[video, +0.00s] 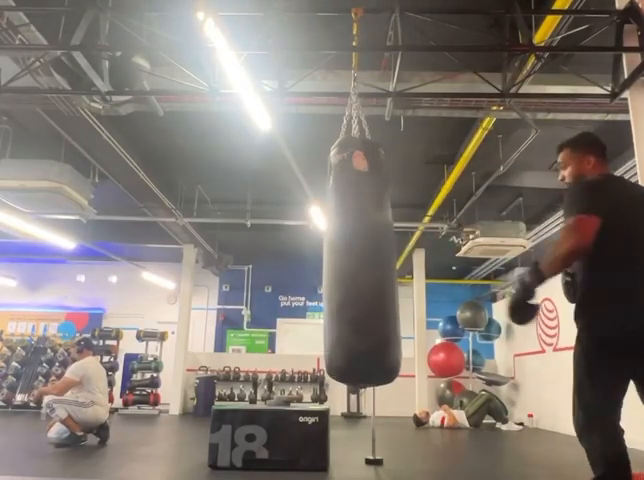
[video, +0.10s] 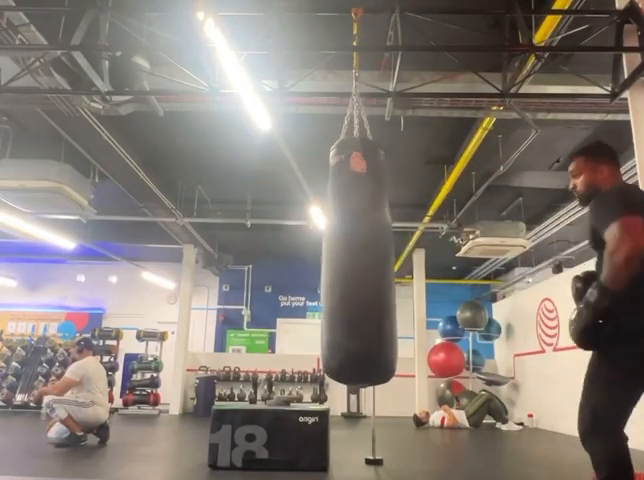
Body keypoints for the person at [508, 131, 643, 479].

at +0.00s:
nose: (561, 176)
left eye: (564, 167)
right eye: (559, 169)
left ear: (590, 161)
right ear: (597, 164)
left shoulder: (588, 189)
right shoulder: (636, 193)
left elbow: (577, 239)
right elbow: (632, 255)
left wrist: (532, 277)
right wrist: (585, 279)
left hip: (607, 324)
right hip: (640, 320)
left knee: (595, 423)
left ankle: (615, 475)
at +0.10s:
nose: (572, 185)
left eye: (576, 175)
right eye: (571, 178)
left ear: (604, 169)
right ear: (608, 172)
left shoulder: (612, 197)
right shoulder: (629, 197)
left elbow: (626, 247)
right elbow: (630, 255)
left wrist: (591, 308)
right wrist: (596, 281)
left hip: (630, 331)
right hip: (631, 329)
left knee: (598, 427)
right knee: (602, 426)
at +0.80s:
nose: (548, 196)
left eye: (549, 185)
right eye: (545, 189)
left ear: (573, 174)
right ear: (575, 176)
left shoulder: (611, 196)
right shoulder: (604, 200)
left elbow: (622, 252)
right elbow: (611, 251)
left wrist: (564, 259)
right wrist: (571, 247)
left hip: (633, 318)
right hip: (626, 317)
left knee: (625, 405)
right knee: (624, 401)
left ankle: (628, 469)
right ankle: (626, 466)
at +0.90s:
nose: (537, 195)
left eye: (537, 185)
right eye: (534, 188)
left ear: (560, 173)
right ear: (564, 174)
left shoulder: (588, 195)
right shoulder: (611, 193)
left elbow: (592, 249)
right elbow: (591, 255)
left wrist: (535, 262)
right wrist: (555, 234)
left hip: (618, 320)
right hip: (635, 316)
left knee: (595, 416)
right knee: (639, 404)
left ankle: (607, 473)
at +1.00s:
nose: (527, 201)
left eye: (528, 191)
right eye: (524, 194)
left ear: (549, 181)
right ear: (555, 181)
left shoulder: (576, 203)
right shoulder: (603, 202)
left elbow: (580, 253)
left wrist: (525, 259)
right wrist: (540, 242)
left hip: (603, 324)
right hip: (632, 321)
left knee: (549, 409)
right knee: (640, 410)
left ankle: (558, 475)